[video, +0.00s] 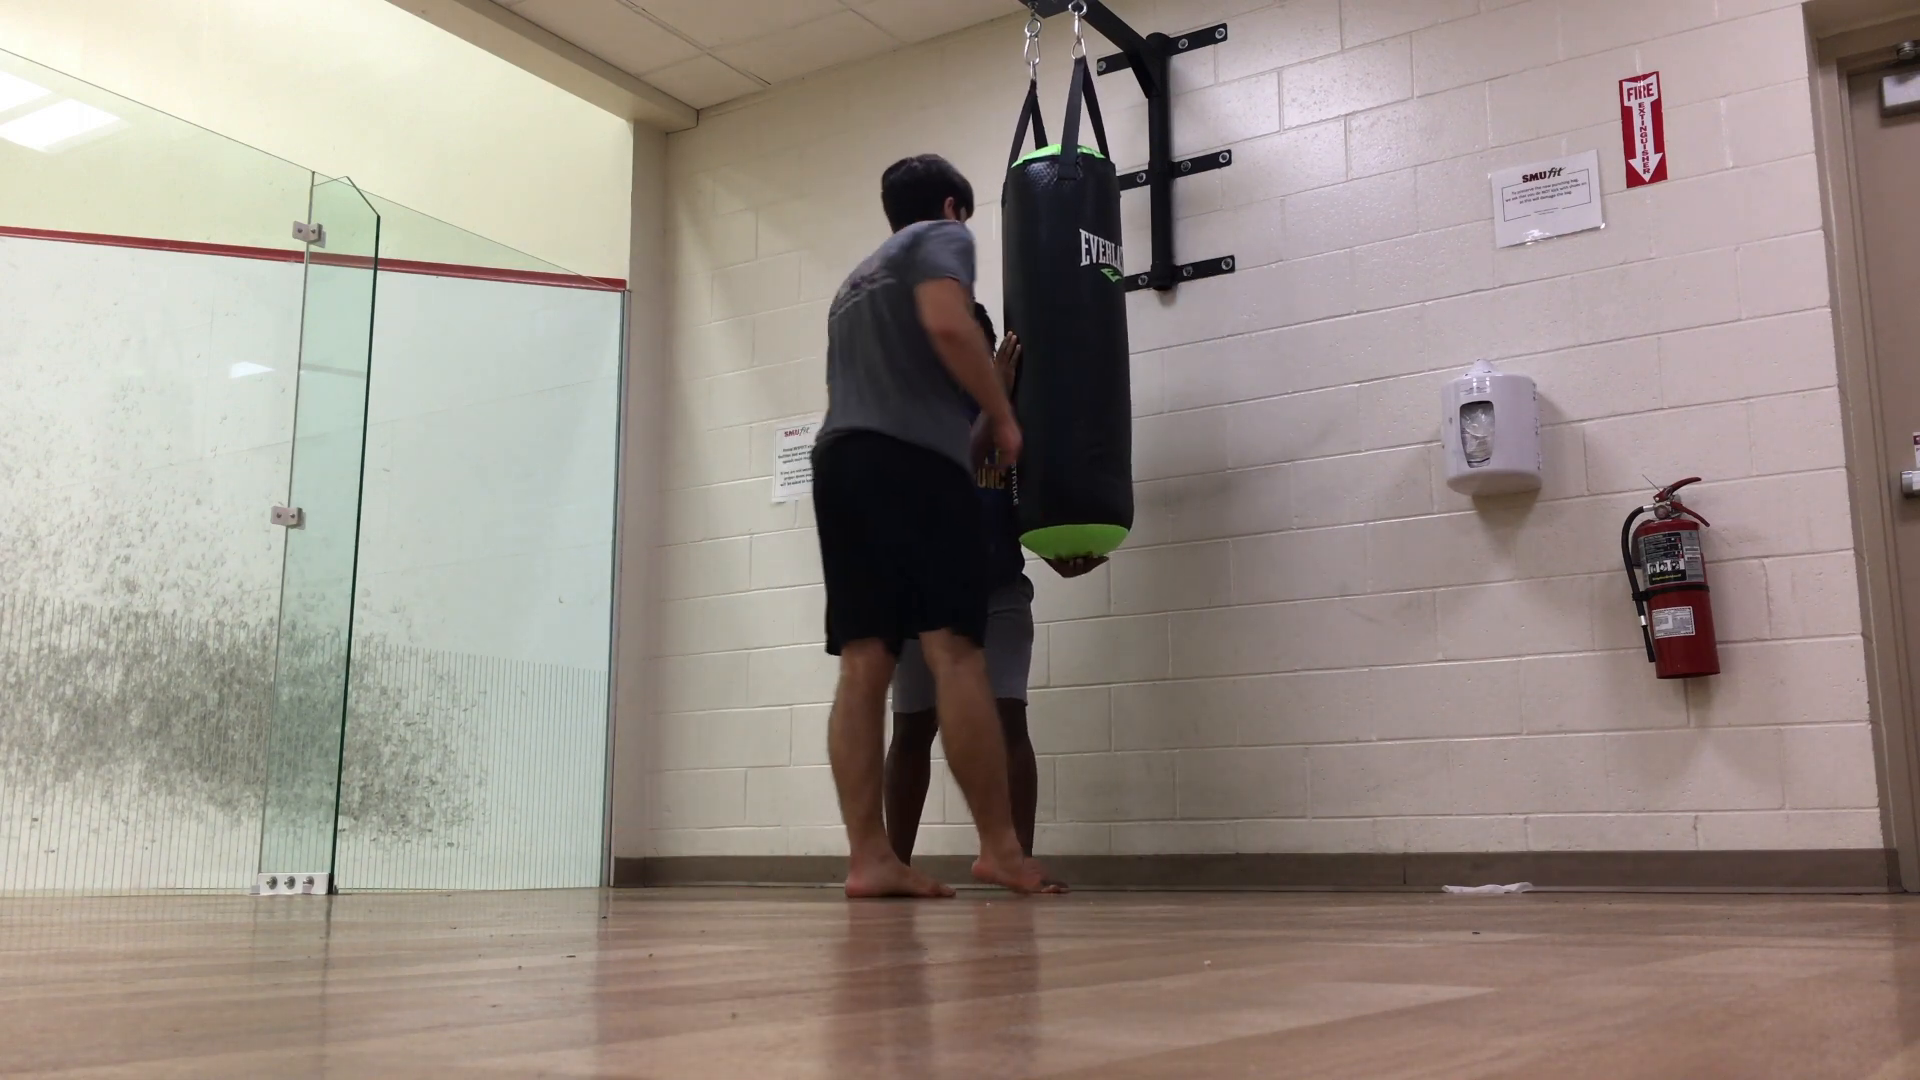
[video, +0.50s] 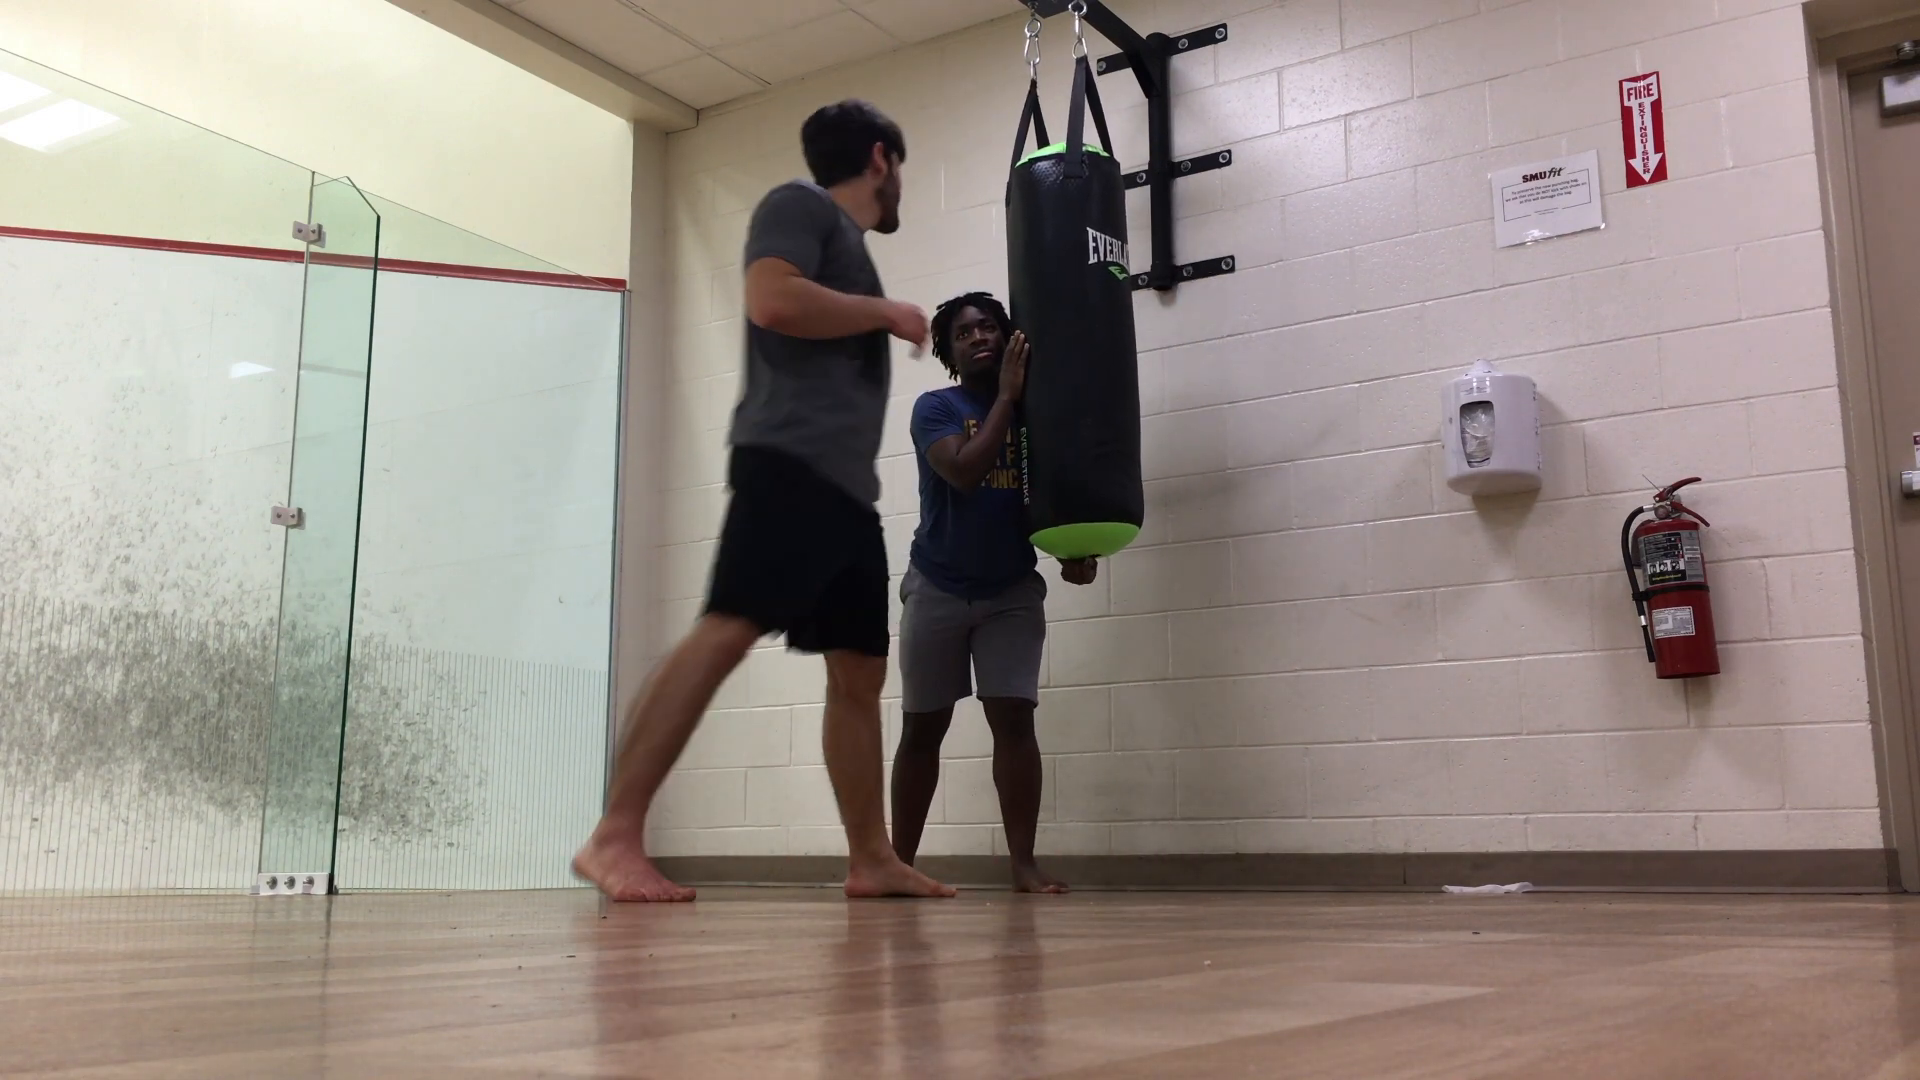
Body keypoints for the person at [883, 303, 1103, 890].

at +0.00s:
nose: (970, 357)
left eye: (976, 344)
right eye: (958, 347)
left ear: (993, 345)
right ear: (935, 346)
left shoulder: (1009, 404)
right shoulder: (915, 403)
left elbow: (1039, 473)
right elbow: (938, 477)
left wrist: (1072, 549)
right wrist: (996, 398)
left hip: (999, 581)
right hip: (922, 584)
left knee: (1007, 718)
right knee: (913, 730)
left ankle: (1017, 855)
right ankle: (896, 864)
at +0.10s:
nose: (967, 338)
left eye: (976, 329)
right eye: (956, 331)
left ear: (996, 342)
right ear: (936, 345)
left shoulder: (1018, 408)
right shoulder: (922, 410)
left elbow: (1047, 481)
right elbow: (943, 477)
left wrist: (1075, 556)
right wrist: (999, 398)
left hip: (1001, 590)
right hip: (933, 593)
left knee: (1008, 719)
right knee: (917, 731)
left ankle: (1018, 859)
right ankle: (897, 863)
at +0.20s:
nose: (970, 338)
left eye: (979, 327)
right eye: (957, 332)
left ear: (999, 338)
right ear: (940, 348)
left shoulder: (1023, 408)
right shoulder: (928, 408)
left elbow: (1052, 474)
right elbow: (956, 470)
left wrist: (1076, 552)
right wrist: (1003, 395)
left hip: (1007, 588)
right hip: (936, 590)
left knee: (1011, 720)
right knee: (921, 728)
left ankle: (1023, 862)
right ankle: (899, 855)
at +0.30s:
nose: (977, 336)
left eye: (985, 326)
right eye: (963, 331)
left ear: (1005, 338)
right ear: (941, 349)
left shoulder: (1031, 402)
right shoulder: (933, 402)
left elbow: (1058, 470)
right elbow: (958, 469)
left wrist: (1075, 550)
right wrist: (1004, 397)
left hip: (1009, 588)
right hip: (937, 589)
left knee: (1013, 722)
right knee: (920, 730)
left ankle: (1023, 864)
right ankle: (899, 865)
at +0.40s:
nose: (979, 336)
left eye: (987, 326)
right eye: (965, 330)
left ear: (1007, 338)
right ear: (947, 347)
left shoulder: (1033, 404)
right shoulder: (935, 407)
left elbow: (1061, 470)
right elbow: (961, 470)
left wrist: (1078, 552)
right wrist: (1005, 396)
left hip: (1011, 588)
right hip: (937, 590)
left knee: (1014, 722)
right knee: (922, 729)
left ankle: (1023, 864)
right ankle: (901, 865)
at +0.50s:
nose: (980, 337)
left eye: (988, 326)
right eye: (965, 332)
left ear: (1010, 338)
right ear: (948, 352)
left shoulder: (1036, 403)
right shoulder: (937, 407)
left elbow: (1061, 474)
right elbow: (962, 469)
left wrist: (1077, 553)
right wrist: (1007, 397)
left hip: (1013, 589)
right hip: (938, 591)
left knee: (1015, 723)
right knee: (924, 730)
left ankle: (1024, 864)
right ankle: (901, 866)